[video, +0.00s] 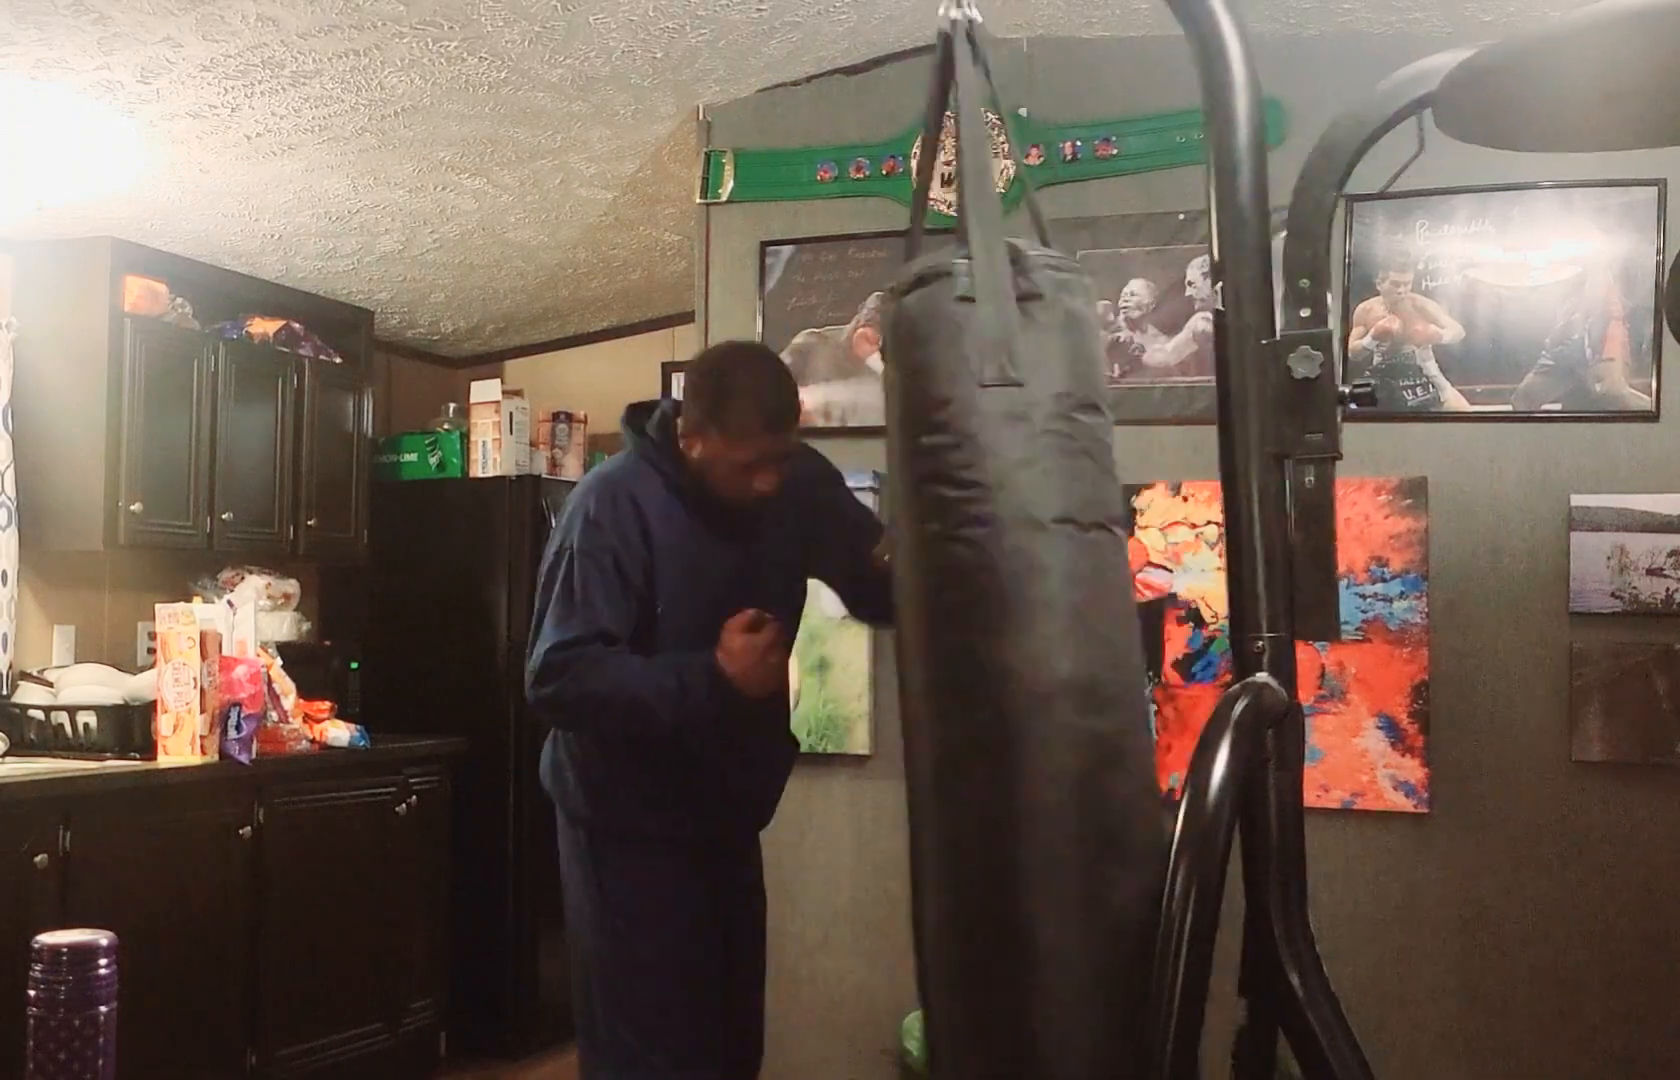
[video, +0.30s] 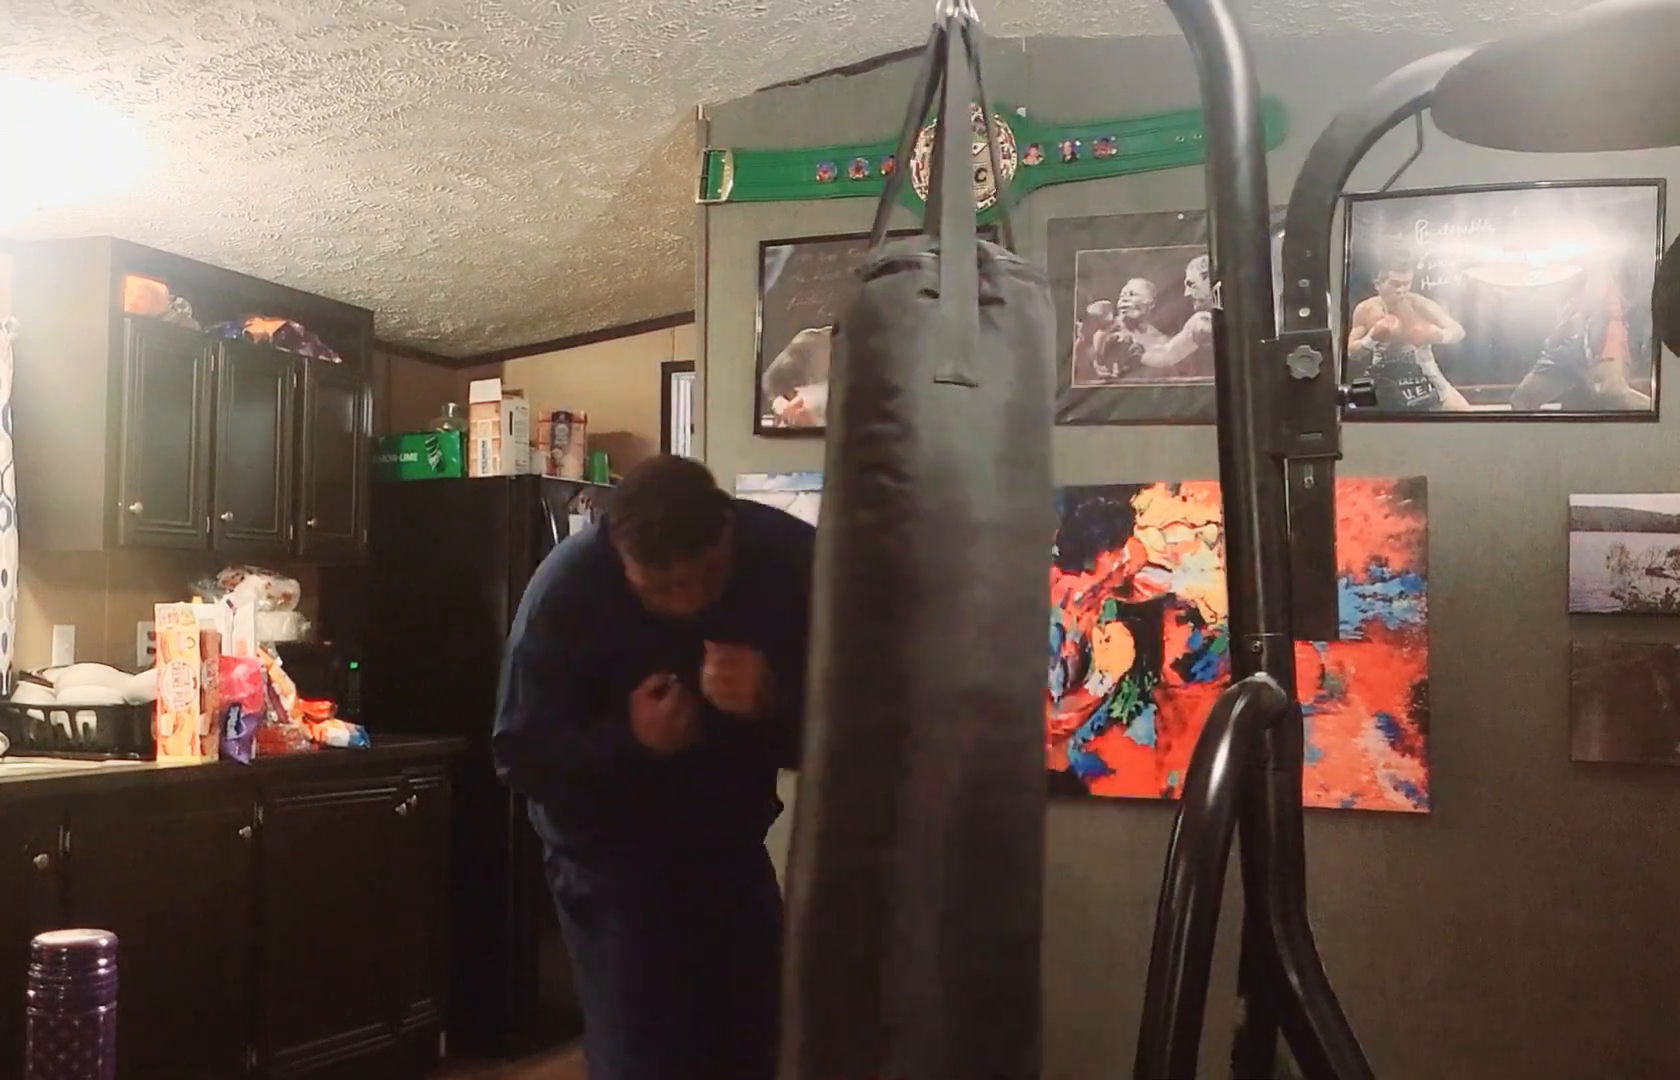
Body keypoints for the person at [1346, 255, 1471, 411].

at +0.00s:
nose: (1402, 290)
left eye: (1406, 285)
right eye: (1396, 284)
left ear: (1412, 283)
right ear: (1379, 284)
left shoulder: (1421, 305)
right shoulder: (1365, 310)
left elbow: (1458, 331)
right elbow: (1352, 353)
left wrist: (1436, 335)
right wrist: (1373, 337)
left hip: (1427, 380)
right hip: (1384, 383)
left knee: (1467, 416)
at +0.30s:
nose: (1401, 290)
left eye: (1406, 284)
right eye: (1395, 284)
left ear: (1411, 283)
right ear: (1378, 283)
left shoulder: (1420, 304)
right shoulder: (1365, 310)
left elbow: (1458, 331)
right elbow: (1352, 352)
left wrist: (1435, 335)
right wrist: (1373, 337)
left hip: (1427, 380)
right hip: (1385, 383)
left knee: (1467, 417)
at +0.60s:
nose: (1401, 291)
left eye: (1406, 285)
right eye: (1395, 285)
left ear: (1411, 283)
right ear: (1379, 283)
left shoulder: (1420, 305)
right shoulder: (1365, 311)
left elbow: (1458, 331)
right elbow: (1352, 354)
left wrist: (1434, 335)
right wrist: (1373, 338)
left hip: (1428, 382)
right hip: (1386, 385)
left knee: (1468, 418)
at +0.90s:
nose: (1402, 291)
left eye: (1406, 285)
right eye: (1395, 285)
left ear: (1411, 283)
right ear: (1379, 283)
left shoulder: (1421, 305)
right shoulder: (1365, 311)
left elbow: (1458, 331)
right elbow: (1353, 354)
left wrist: (1435, 336)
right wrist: (1374, 338)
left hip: (1428, 382)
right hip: (1385, 385)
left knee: (1467, 418)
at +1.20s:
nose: (1402, 291)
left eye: (1406, 285)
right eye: (1395, 285)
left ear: (1411, 283)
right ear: (1379, 284)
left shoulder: (1421, 305)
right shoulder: (1365, 311)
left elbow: (1457, 332)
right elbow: (1353, 355)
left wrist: (1435, 335)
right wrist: (1373, 338)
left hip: (1428, 382)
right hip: (1385, 386)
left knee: (1467, 417)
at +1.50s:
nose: (1402, 291)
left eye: (1406, 285)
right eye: (1395, 285)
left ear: (1411, 283)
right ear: (1379, 284)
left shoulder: (1421, 305)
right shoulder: (1365, 311)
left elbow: (1457, 332)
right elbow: (1353, 355)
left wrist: (1434, 336)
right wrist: (1373, 338)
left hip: (1428, 382)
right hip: (1385, 386)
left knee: (1468, 418)